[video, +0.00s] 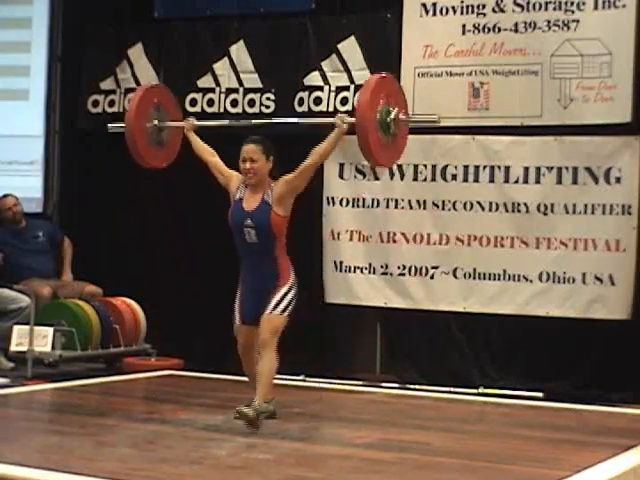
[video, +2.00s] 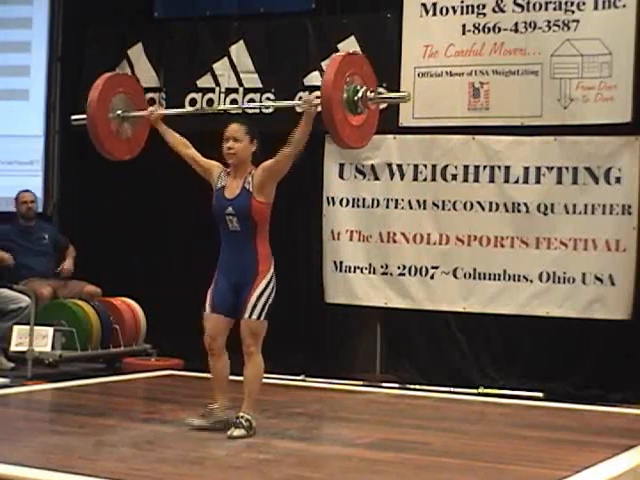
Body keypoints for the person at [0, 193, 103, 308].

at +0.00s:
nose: (14, 210)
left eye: (15, 205)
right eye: (8, 209)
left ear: (21, 205)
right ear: (2, 216)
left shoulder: (41, 225)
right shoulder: (4, 234)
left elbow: (66, 242)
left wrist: (67, 274)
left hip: (53, 279)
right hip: (25, 281)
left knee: (95, 292)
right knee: (45, 293)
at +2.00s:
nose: (29, 206)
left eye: (32, 202)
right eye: (24, 203)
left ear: (36, 205)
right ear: (16, 207)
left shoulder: (47, 229)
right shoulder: (7, 231)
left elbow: (69, 247)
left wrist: (69, 262)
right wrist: (3, 255)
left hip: (53, 278)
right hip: (25, 279)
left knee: (94, 292)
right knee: (45, 293)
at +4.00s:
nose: (100, 180)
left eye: (103, 176)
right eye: (95, 175)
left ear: (107, 178)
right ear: (87, 175)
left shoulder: (107, 203)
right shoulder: (68, 200)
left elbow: (105, 236)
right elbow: (53, 239)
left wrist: (99, 265)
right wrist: (68, 272)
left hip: (81, 246)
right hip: (51, 245)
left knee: (88, 288)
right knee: (57, 287)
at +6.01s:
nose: (92, 214)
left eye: (92, 210)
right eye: (87, 209)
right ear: (75, 211)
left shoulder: (83, 242)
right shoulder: (52, 231)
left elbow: (83, 269)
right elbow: (40, 261)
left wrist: (78, 282)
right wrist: (61, 282)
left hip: (69, 283)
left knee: (95, 292)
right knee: (47, 292)